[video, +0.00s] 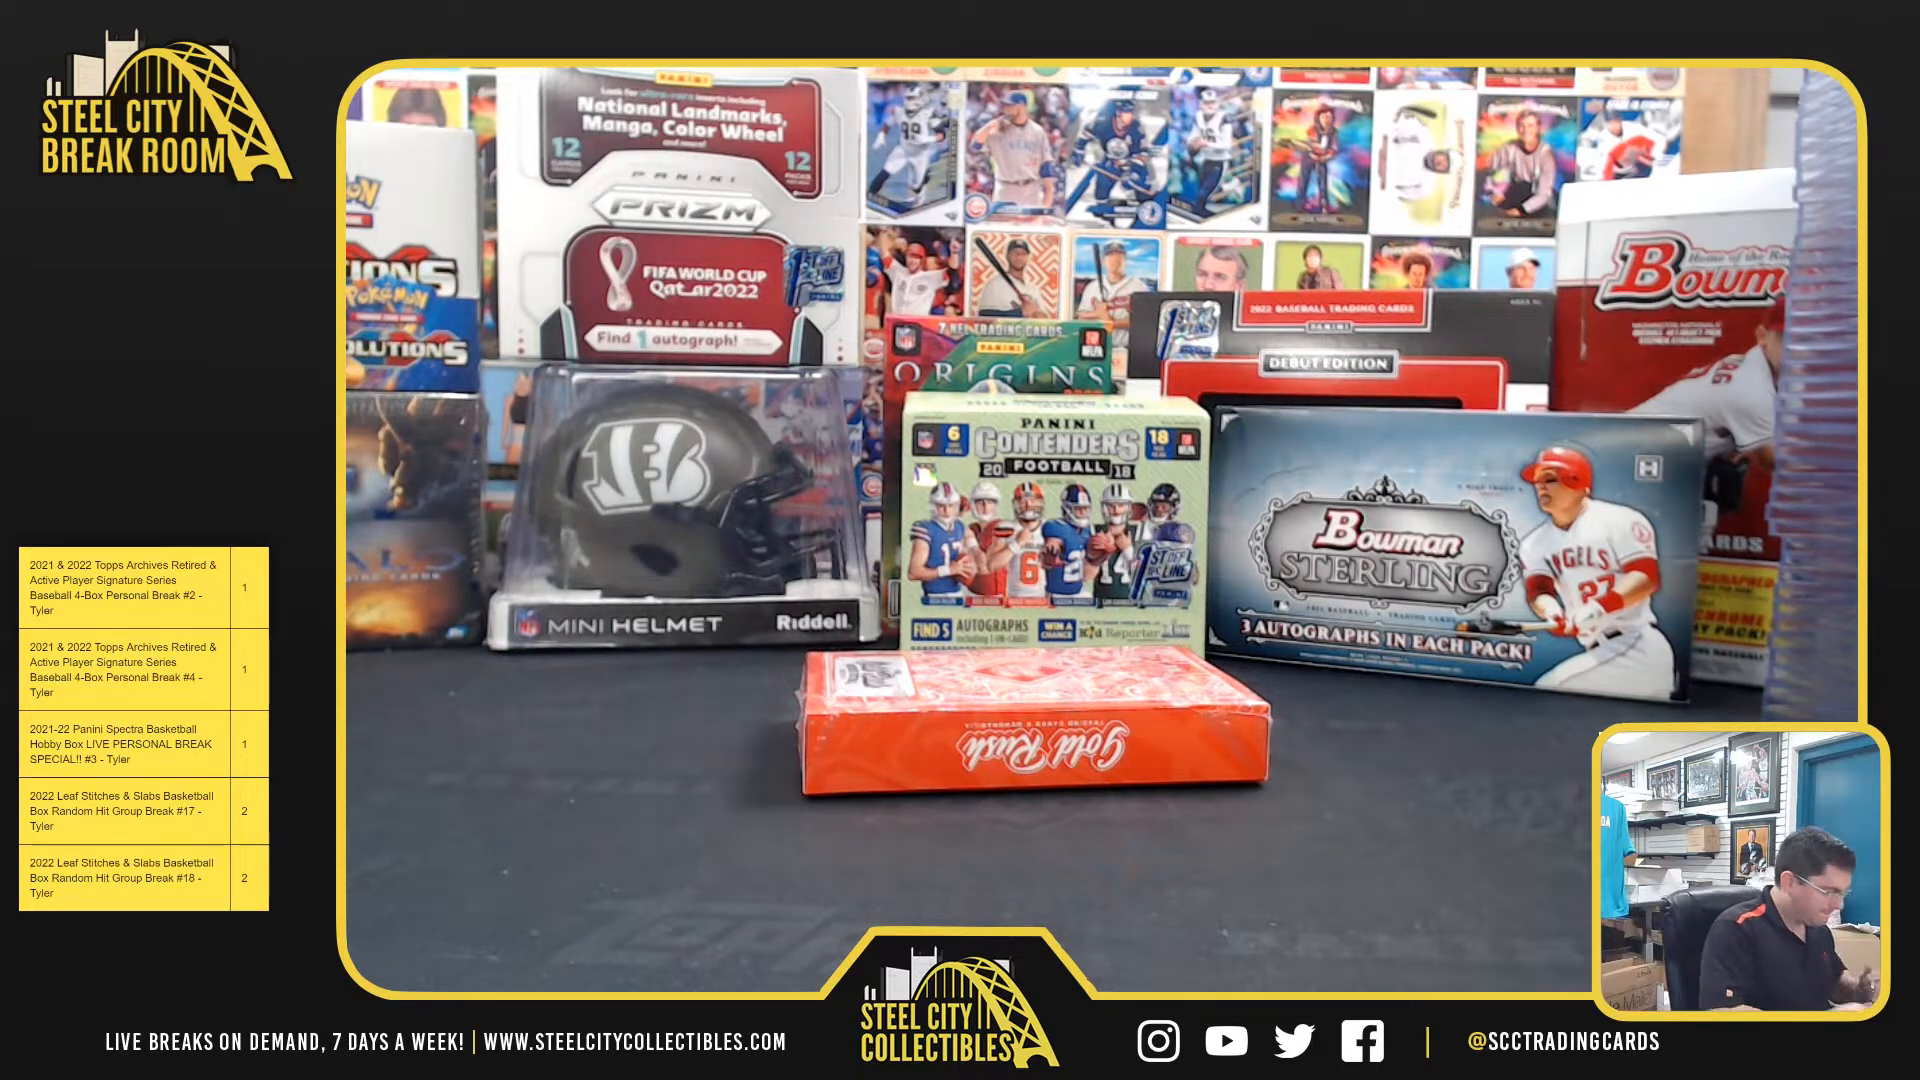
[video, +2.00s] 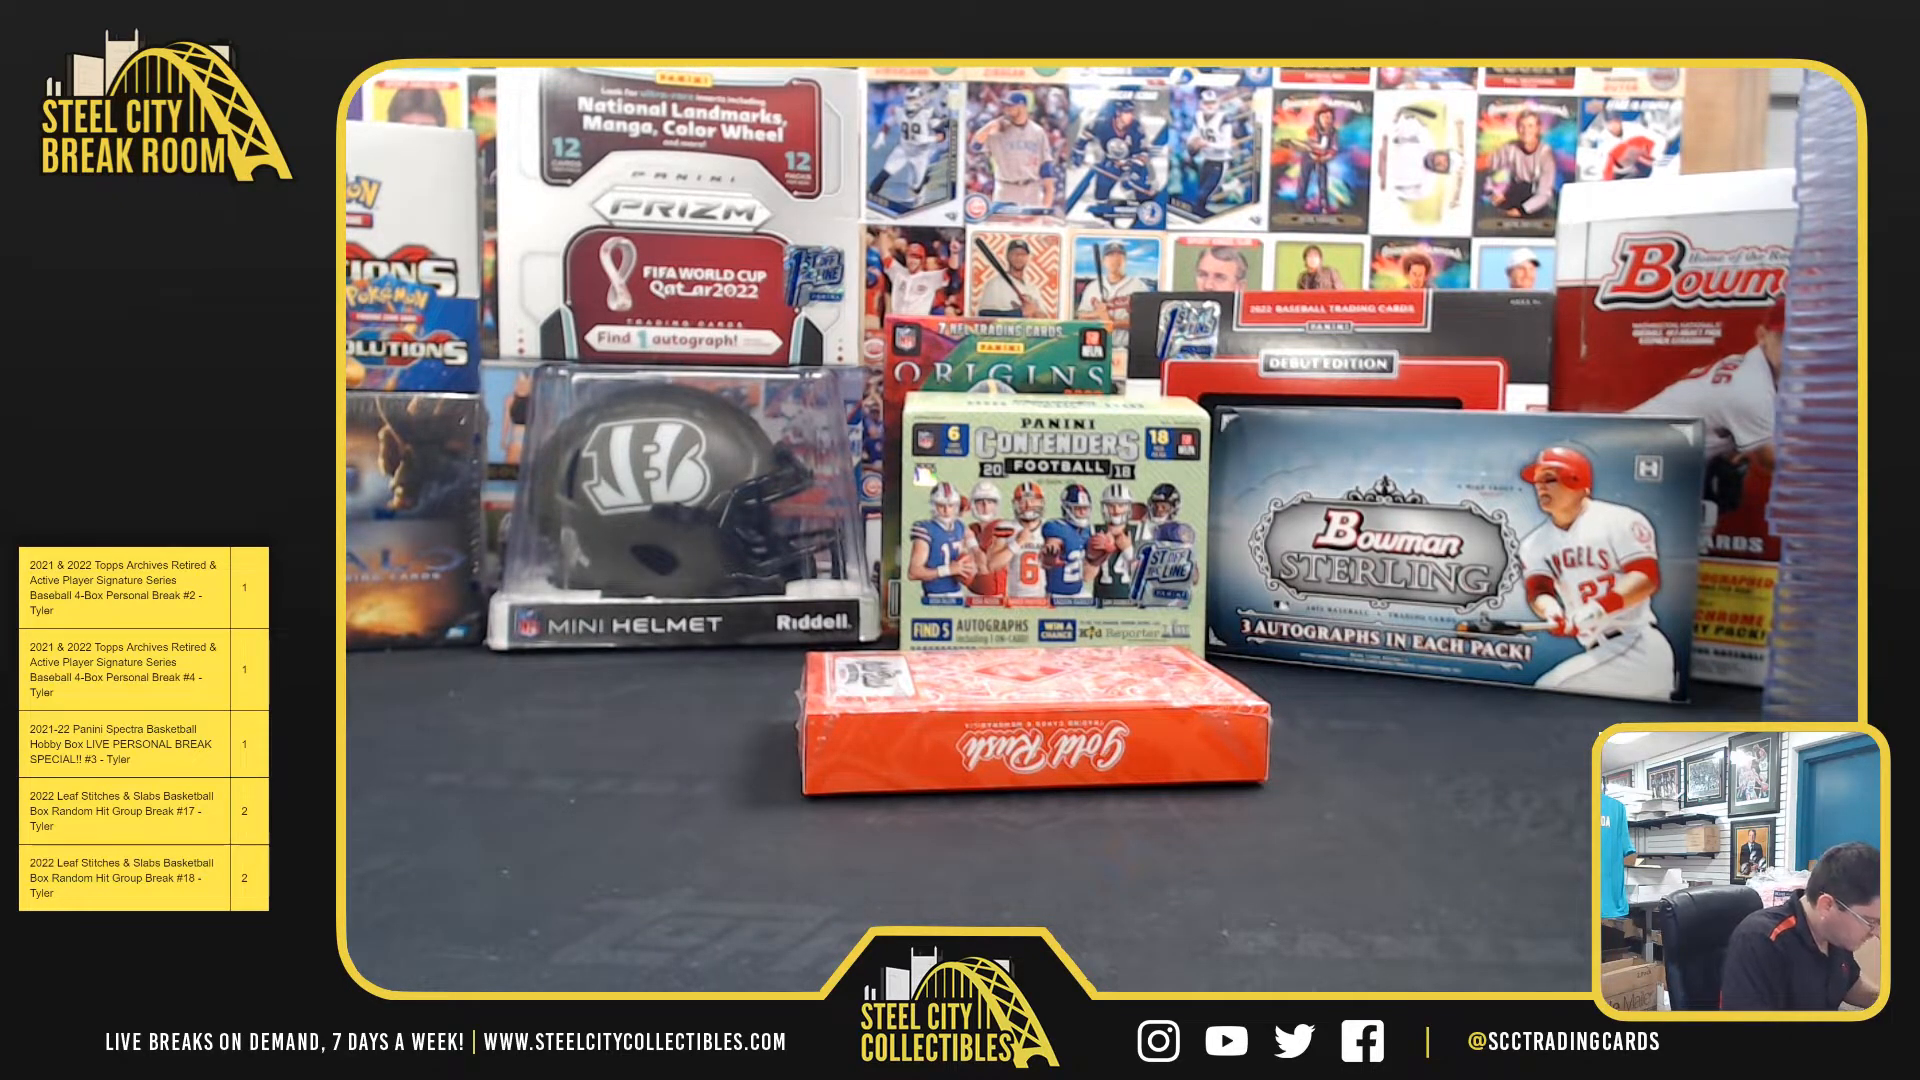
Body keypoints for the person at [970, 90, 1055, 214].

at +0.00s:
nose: (1006, 110)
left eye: (1010, 106)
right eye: (1005, 106)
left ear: (1022, 107)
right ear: (1004, 107)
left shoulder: (1038, 132)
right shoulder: (997, 129)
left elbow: (1046, 166)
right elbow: (974, 147)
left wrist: (1048, 200)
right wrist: (990, 127)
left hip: (1032, 186)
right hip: (1005, 186)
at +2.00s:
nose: (1007, 110)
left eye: (1011, 106)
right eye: (1006, 106)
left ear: (1022, 107)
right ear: (1004, 107)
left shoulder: (1038, 132)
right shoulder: (997, 129)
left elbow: (1046, 167)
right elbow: (974, 147)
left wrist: (1048, 200)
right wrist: (990, 127)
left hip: (1031, 186)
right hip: (1005, 186)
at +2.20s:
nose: (1006, 110)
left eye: (1010, 106)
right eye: (1006, 106)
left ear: (1022, 107)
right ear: (1004, 107)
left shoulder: (1038, 132)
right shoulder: (997, 129)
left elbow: (1046, 166)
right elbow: (974, 147)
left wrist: (1048, 199)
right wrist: (989, 128)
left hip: (1031, 186)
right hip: (1005, 186)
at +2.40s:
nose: (1006, 110)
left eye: (1010, 106)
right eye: (1006, 106)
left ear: (1022, 107)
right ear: (1004, 107)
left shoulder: (1038, 132)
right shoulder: (997, 129)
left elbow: (1046, 166)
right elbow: (974, 147)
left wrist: (1048, 199)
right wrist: (989, 128)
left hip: (1031, 186)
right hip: (1005, 186)